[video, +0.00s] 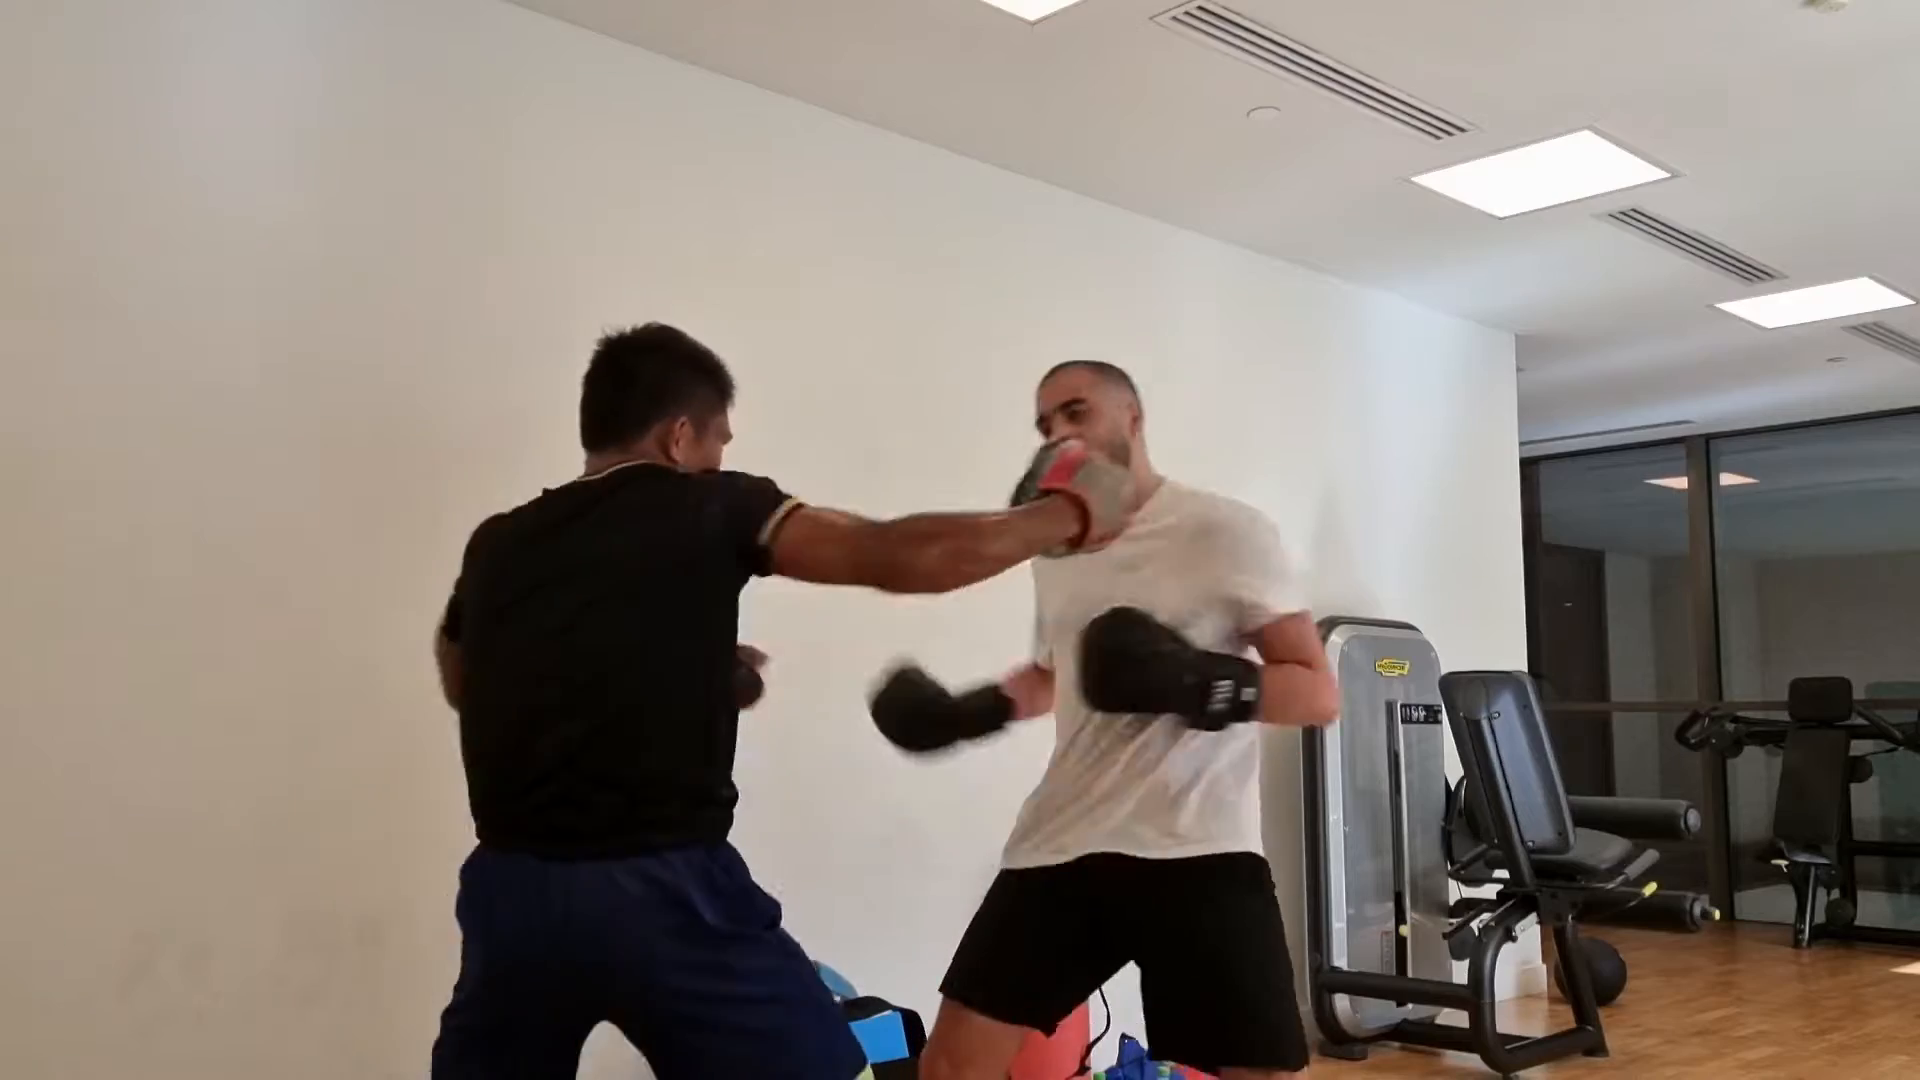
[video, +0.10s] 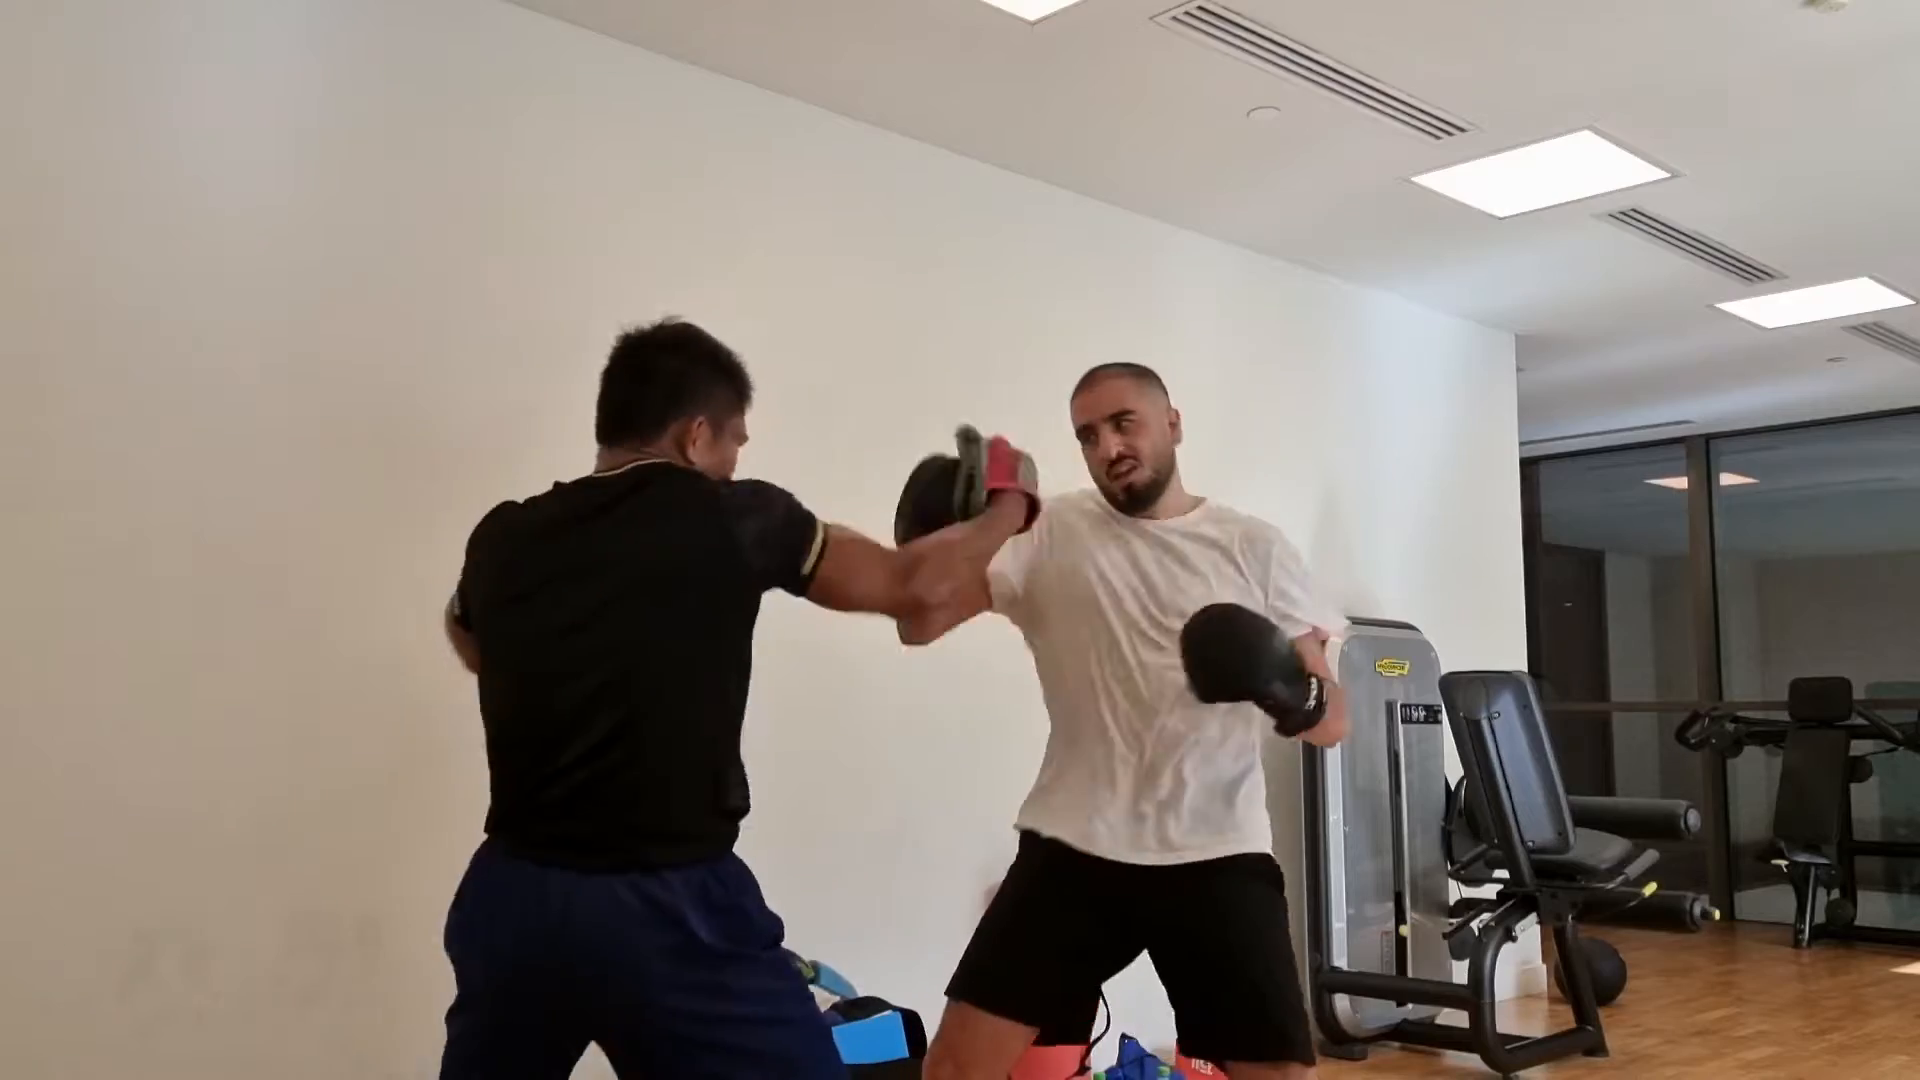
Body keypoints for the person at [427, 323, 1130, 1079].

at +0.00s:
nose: (723, 461)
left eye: (726, 441)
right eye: (722, 440)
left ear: (595, 435)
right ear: (676, 436)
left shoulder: (497, 542)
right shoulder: (710, 503)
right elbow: (898, 557)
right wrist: (1065, 517)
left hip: (511, 911)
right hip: (675, 904)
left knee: (479, 1067)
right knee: (819, 1062)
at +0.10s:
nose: (736, 469)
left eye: (742, 451)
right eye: (736, 448)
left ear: (610, 432)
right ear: (694, 434)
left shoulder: (502, 535)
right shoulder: (732, 515)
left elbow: (469, 646)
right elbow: (913, 582)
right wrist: (1012, 507)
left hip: (512, 915)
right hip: (681, 924)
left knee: (479, 1068)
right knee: (798, 1067)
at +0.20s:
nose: (789, 467)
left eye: (796, 444)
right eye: (791, 440)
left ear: (657, 424)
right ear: (746, 424)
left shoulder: (568, 530)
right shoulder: (746, 512)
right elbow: (856, 661)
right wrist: (976, 580)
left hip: (527, 897)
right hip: (680, 912)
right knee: (807, 1066)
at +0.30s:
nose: (841, 475)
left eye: (843, 452)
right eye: (838, 451)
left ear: (717, 442)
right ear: (793, 450)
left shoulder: (657, 544)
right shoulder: (721, 554)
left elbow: (777, 680)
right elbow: (745, 743)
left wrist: (864, 558)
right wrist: (891, 673)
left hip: (528, 911)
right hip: (639, 932)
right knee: (785, 1061)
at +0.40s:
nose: (822, 535)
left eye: (828, 511)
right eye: (824, 508)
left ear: (702, 479)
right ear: (781, 498)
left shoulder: (625, 575)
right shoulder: (693, 589)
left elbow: (718, 735)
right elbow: (693, 786)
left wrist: (818, 629)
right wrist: (837, 728)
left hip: (492, 948)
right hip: (596, 967)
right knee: (773, 1063)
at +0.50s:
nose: (750, 562)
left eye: (763, 534)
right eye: (759, 529)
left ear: (630, 500)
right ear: (711, 515)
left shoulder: (535, 593)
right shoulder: (655, 608)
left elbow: (582, 761)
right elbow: (681, 818)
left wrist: (731, 685)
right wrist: (779, 737)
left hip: (420, 975)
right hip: (552, 990)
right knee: (736, 1066)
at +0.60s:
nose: (690, 583)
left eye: (699, 556)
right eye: (694, 552)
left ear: (563, 527)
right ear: (643, 540)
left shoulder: (456, 618)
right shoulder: (628, 636)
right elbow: (680, 842)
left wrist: (672, 673)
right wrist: (757, 751)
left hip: (353, 1005)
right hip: (508, 1016)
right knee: (692, 1069)